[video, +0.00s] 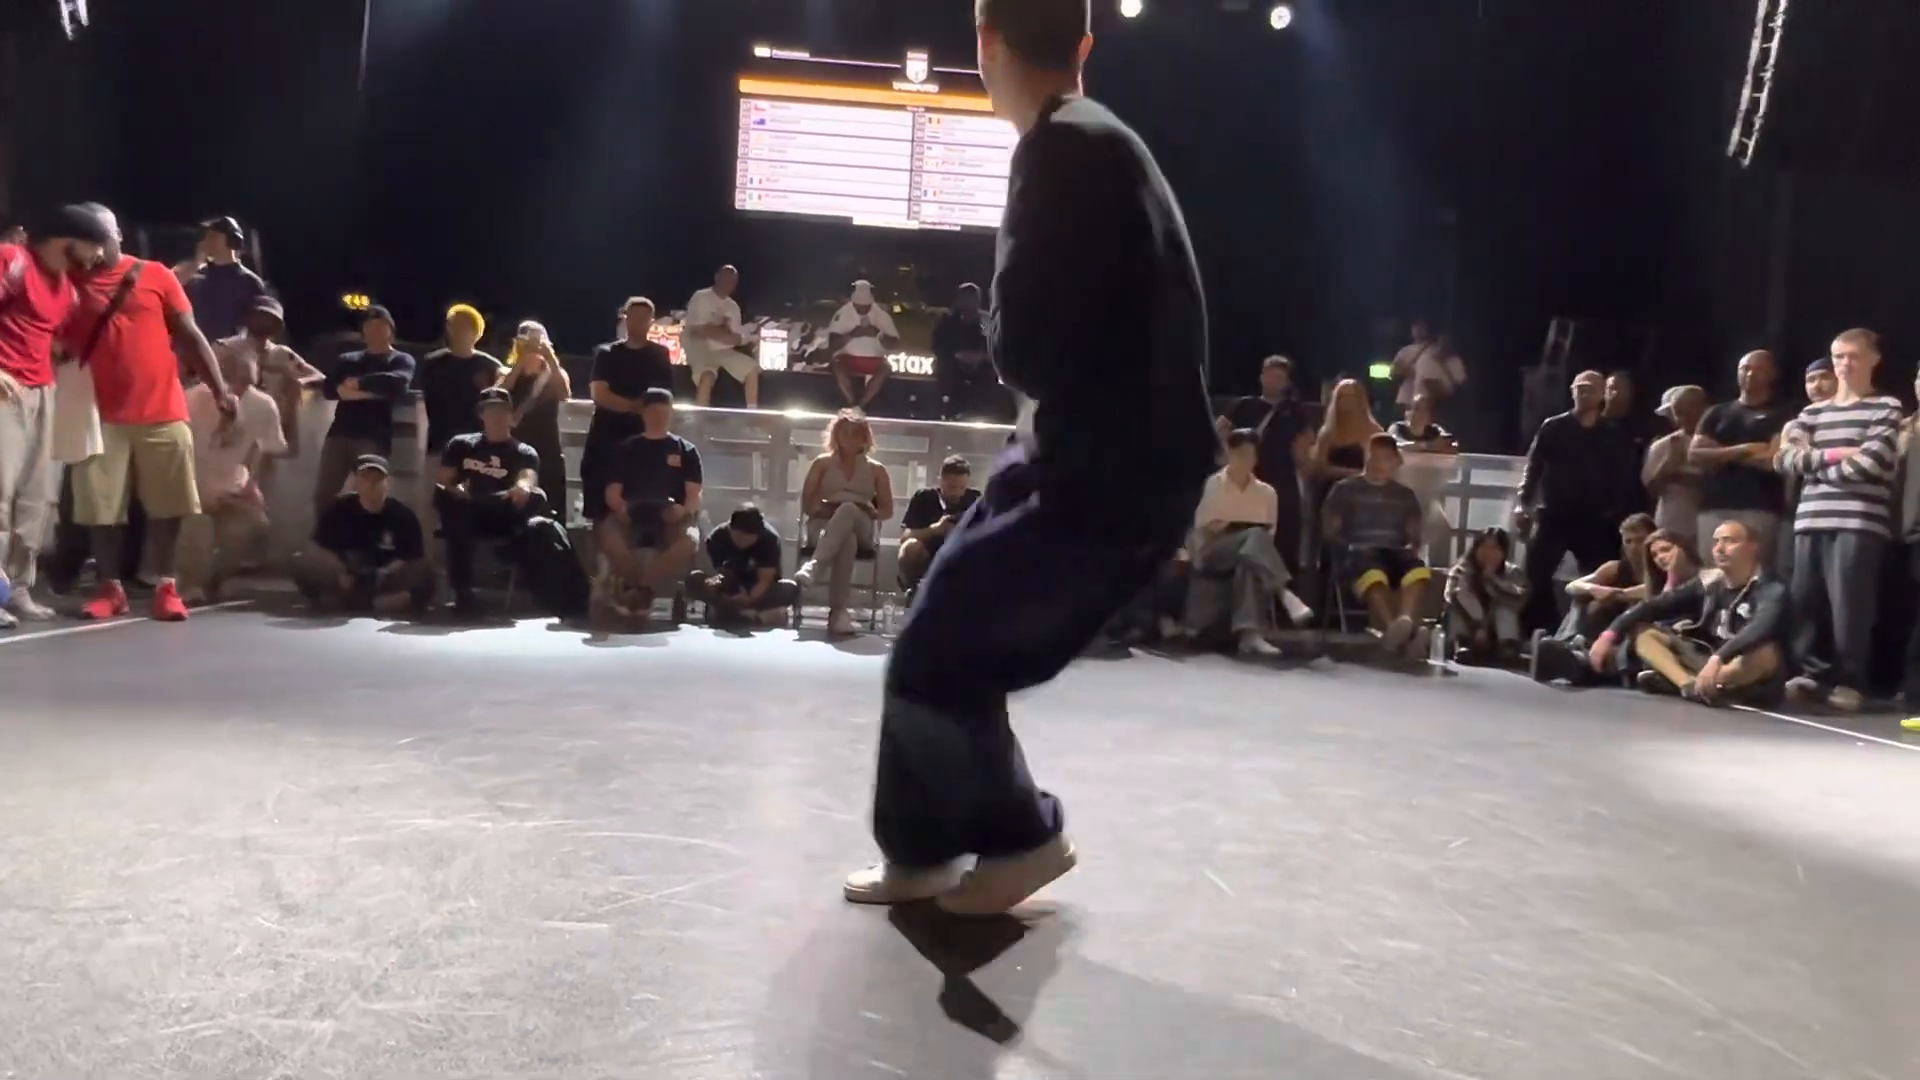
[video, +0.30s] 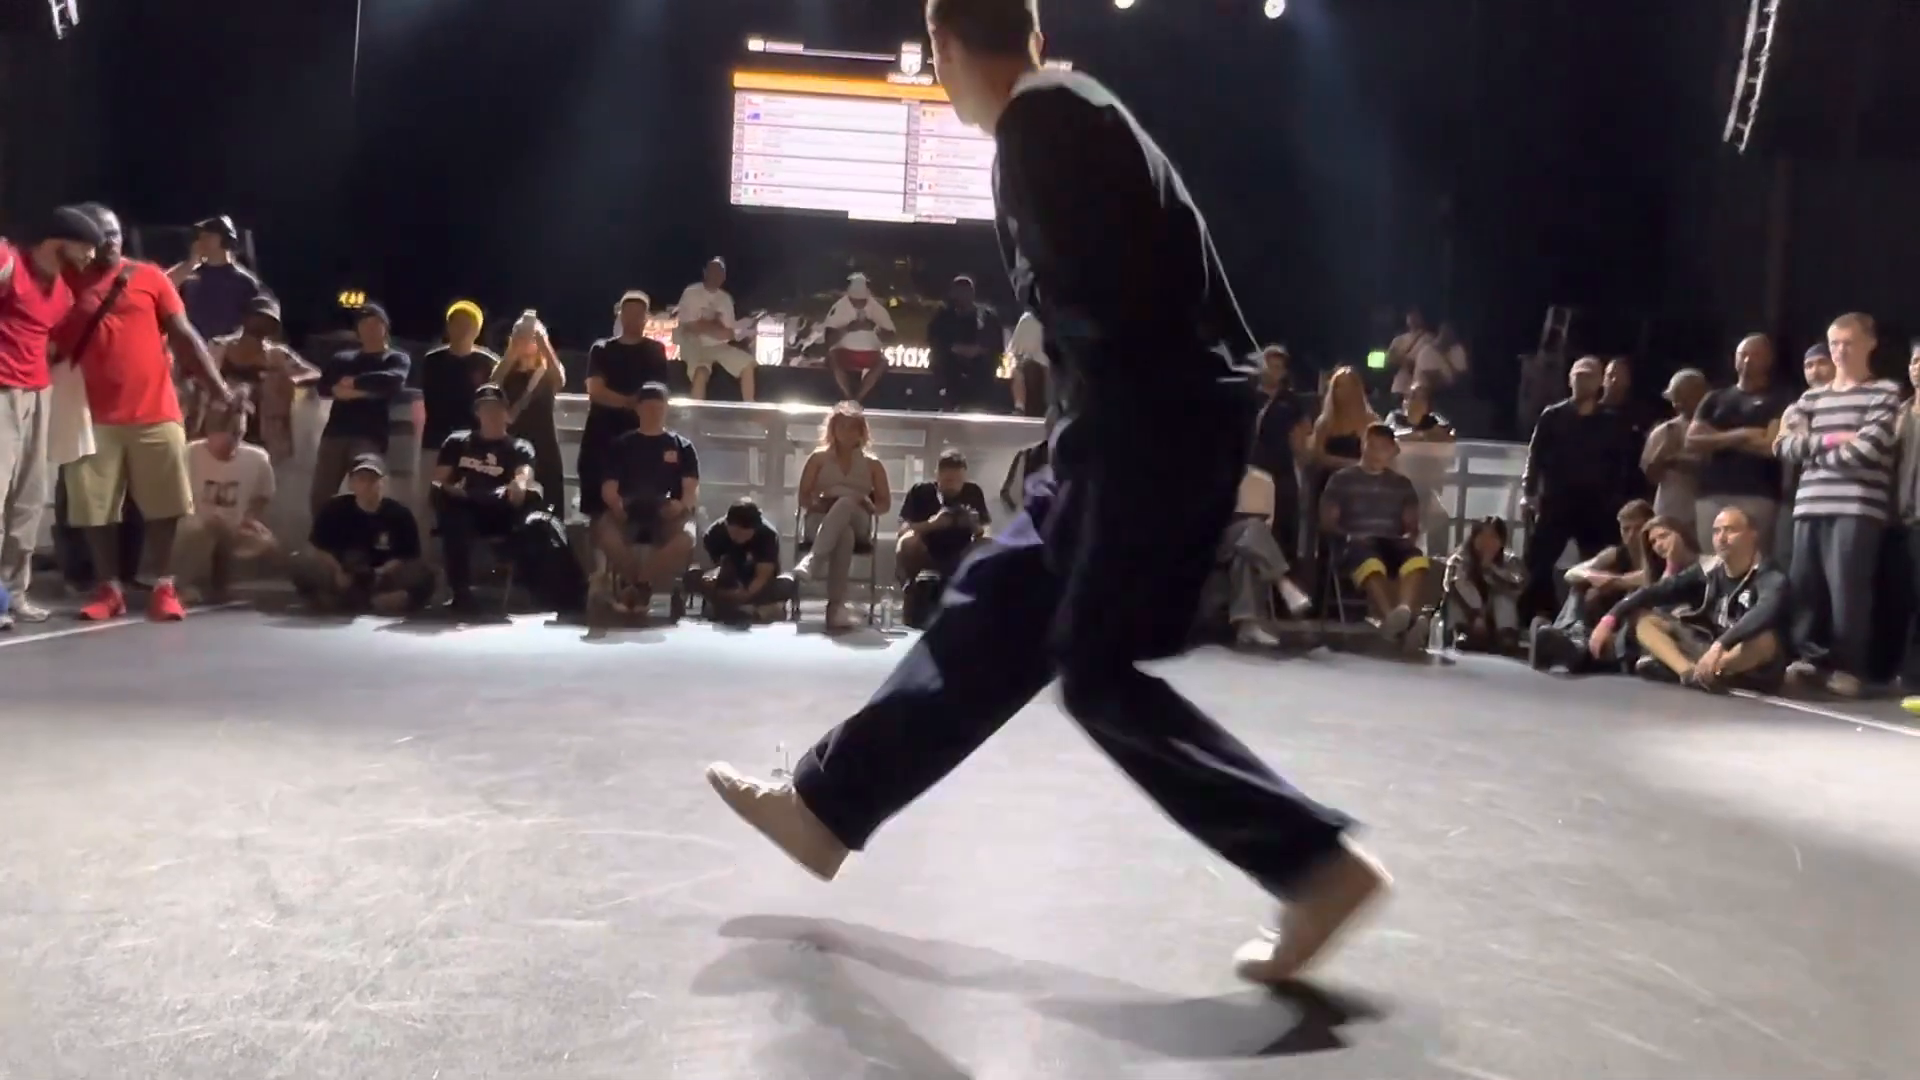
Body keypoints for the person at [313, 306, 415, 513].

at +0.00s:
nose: (376, 330)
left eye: (381, 325)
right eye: (371, 325)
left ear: (390, 331)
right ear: (363, 331)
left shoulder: (402, 360)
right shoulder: (348, 359)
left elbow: (397, 384)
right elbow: (329, 390)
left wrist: (357, 382)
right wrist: (372, 392)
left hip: (374, 437)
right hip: (341, 434)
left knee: (370, 498)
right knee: (324, 496)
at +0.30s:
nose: (370, 329)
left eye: (375, 324)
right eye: (365, 324)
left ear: (385, 329)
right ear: (358, 330)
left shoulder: (398, 359)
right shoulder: (342, 358)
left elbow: (393, 383)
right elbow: (324, 387)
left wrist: (353, 382)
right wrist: (365, 392)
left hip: (369, 436)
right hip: (336, 434)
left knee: (366, 496)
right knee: (320, 496)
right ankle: (320, 545)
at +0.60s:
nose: (374, 344)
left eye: (379, 338)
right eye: (369, 339)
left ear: (389, 344)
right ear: (362, 344)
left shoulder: (402, 373)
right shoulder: (347, 372)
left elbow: (398, 397)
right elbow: (328, 403)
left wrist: (358, 397)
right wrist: (371, 405)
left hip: (374, 449)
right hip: (342, 446)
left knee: (368, 509)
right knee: (326, 507)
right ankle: (325, 555)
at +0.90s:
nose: (376, 356)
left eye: (382, 351)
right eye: (372, 351)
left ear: (393, 356)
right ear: (366, 356)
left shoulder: (406, 384)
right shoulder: (352, 384)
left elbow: (401, 408)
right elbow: (333, 416)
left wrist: (361, 408)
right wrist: (376, 418)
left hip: (377, 462)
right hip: (345, 460)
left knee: (373, 523)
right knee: (330, 521)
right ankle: (329, 571)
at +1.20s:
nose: (379, 358)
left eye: (384, 352)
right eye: (374, 353)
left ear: (394, 358)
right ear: (367, 359)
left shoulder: (407, 387)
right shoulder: (353, 387)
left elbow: (401, 411)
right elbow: (334, 418)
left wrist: (361, 410)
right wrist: (378, 420)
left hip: (380, 464)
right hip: (347, 461)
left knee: (374, 525)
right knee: (331, 522)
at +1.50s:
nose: (382, 359)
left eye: (387, 354)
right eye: (377, 354)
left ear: (397, 359)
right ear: (370, 360)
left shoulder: (410, 388)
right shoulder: (355, 388)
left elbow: (403, 413)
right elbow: (338, 419)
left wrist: (365, 411)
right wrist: (379, 422)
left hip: (382, 466)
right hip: (349, 464)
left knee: (377, 526)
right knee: (334, 523)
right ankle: (332, 572)